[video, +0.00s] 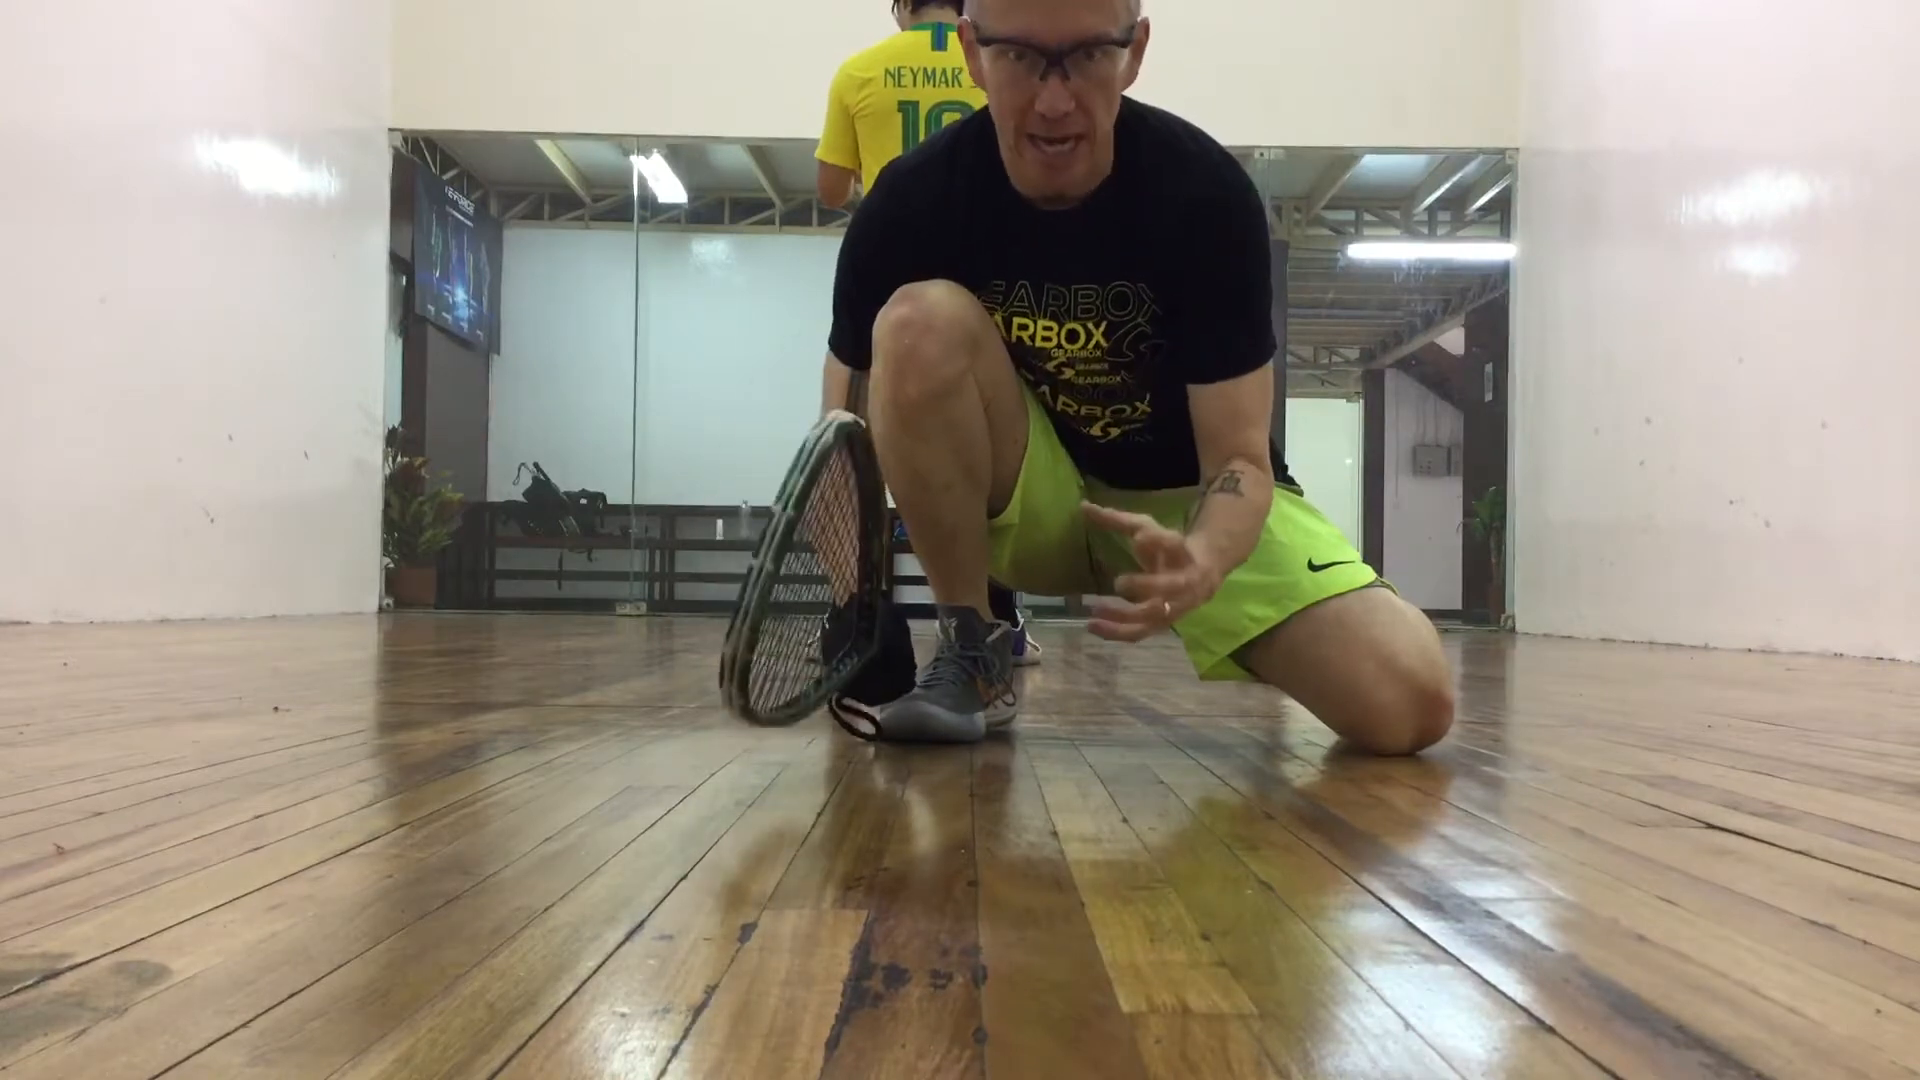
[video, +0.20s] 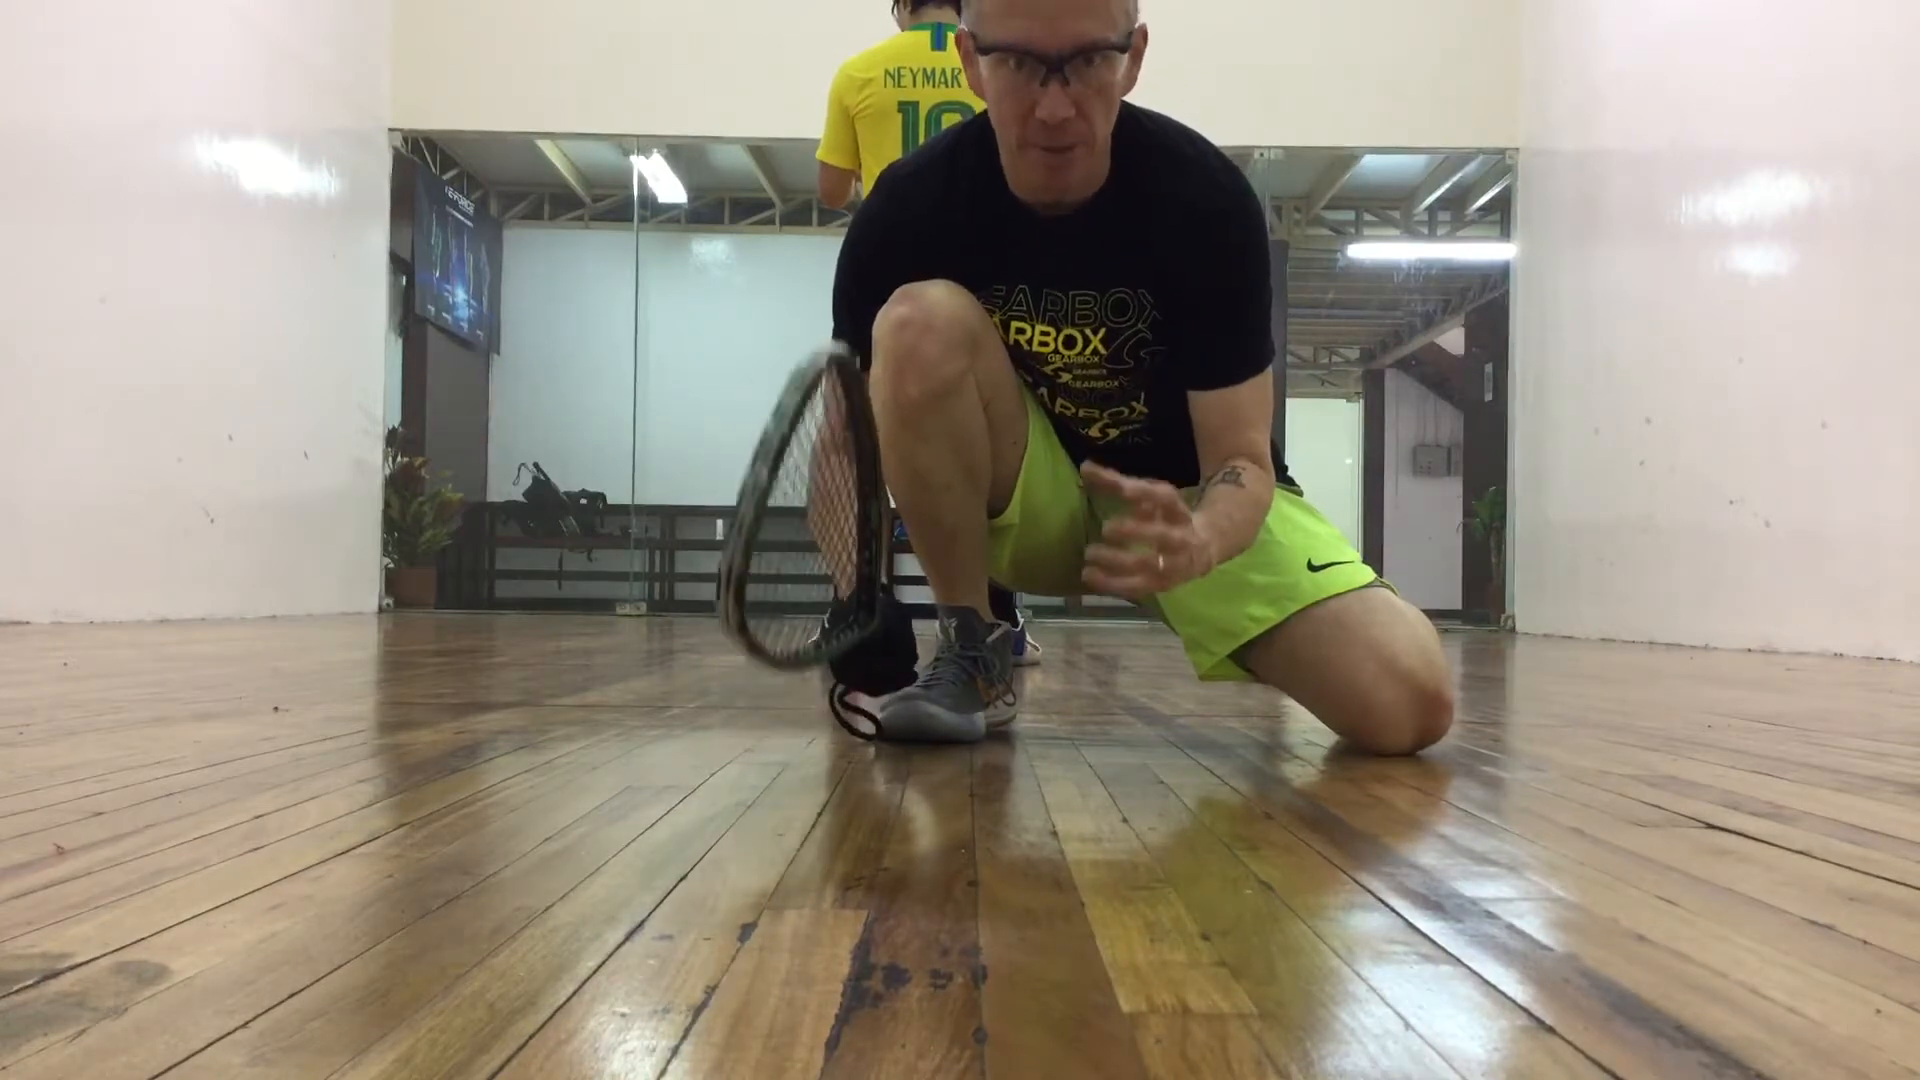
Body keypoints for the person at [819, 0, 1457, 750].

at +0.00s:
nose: (1055, 98)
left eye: (1088, 56)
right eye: (1022, 57)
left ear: (1136, 50)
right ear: (971, 50)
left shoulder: (1206, 194)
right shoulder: (909, 203)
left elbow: (1240, 465)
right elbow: (846, 434)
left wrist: (1205, 564)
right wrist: (856, 615)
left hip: (1200, 504)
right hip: (1033, 495)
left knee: (1412, 713)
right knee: (919, 322)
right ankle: (968, 646)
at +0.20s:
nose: (1055, 108)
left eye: (1088, 61)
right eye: (1022, 64)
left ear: (1135, 53)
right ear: (969, 60)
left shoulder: (1206, 199)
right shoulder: (908, 208)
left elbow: (1243, 469)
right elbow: (846, 428)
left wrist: (1199, 545)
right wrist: (859, 613)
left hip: (1203, 507)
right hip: (1035, 499)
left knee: (1411, 713)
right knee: (919, 323)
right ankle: (969, 646)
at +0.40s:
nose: (1056, 85)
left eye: (1089, 42)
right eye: (1022, 44)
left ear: (1134, 50)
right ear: (970, 50)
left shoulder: (1204, 194)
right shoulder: (907, 204)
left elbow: (1237, 460)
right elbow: (849, 425)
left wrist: (1205, 555)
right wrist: (858, 617)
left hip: (1195, 504)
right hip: (1031, 497)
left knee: (1411, 712)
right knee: (920, 322)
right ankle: (968, 647)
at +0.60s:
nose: (1053, 110)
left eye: (1085, 65)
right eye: (1019, 66)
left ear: (1134, 51)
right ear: (966, 55)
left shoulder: (1204, 196)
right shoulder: (905, 207)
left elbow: (1241, 459)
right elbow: (846, 434)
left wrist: (1207, 537)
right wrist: (857, 611)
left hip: (1198, 507)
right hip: (1030, 499)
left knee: (1411, 711)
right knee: (918, 322)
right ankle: (969, 643)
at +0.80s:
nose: (1052, 92)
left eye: (1083, 50)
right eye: (1019, 51)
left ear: (1132, 54)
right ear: (967, 58)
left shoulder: (1201, 196)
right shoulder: (906, 207)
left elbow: (1237, 468)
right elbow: (845, 441)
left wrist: (1203, 567)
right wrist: (855, 623)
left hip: (1195, 503)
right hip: (1032, 495)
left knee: (1410, 712)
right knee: (918, 320)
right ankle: (967, 646)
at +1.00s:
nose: (1054, 94)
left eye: (1085, 52)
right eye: (1020, 54)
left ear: (1133, 52)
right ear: (968, 55)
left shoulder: (1202, 195)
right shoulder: (908, 204)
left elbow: (1238, 465)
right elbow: (849, 436)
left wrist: (1205, 561)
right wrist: (858, 619)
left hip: (1198, 503)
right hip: (1031, 497)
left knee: (1411, 712)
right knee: (918, 320)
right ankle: (967, 642)